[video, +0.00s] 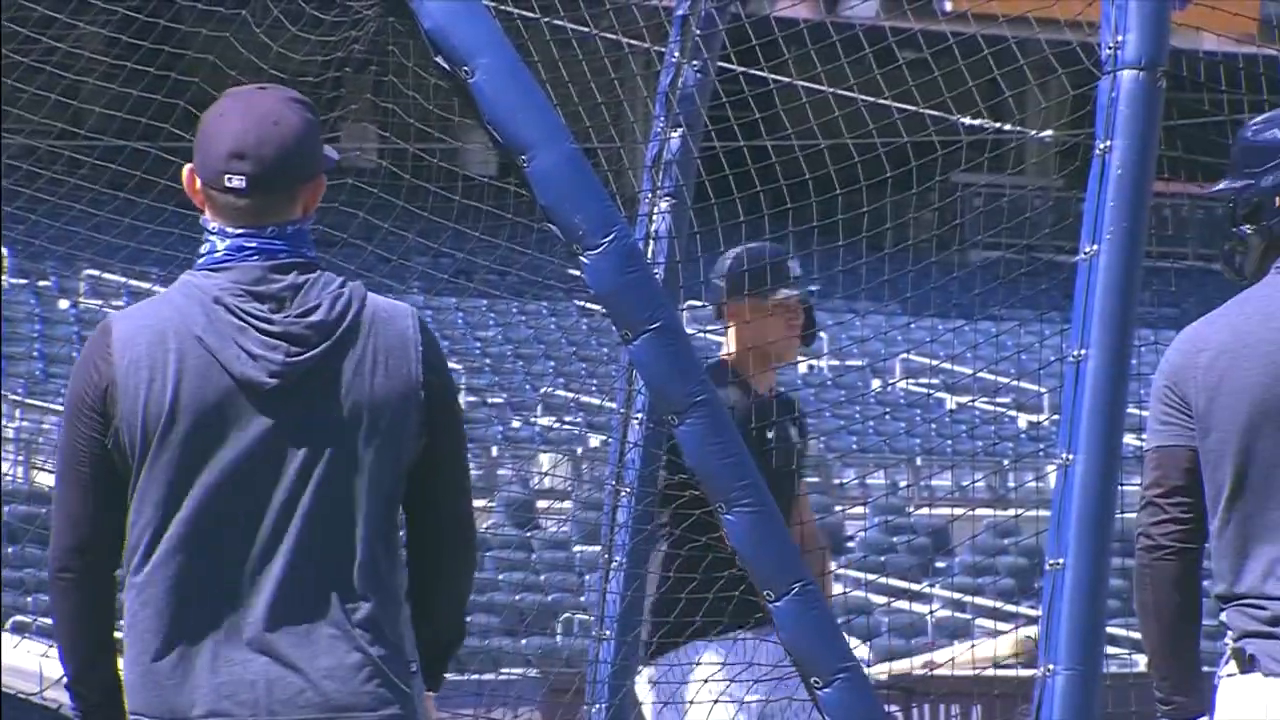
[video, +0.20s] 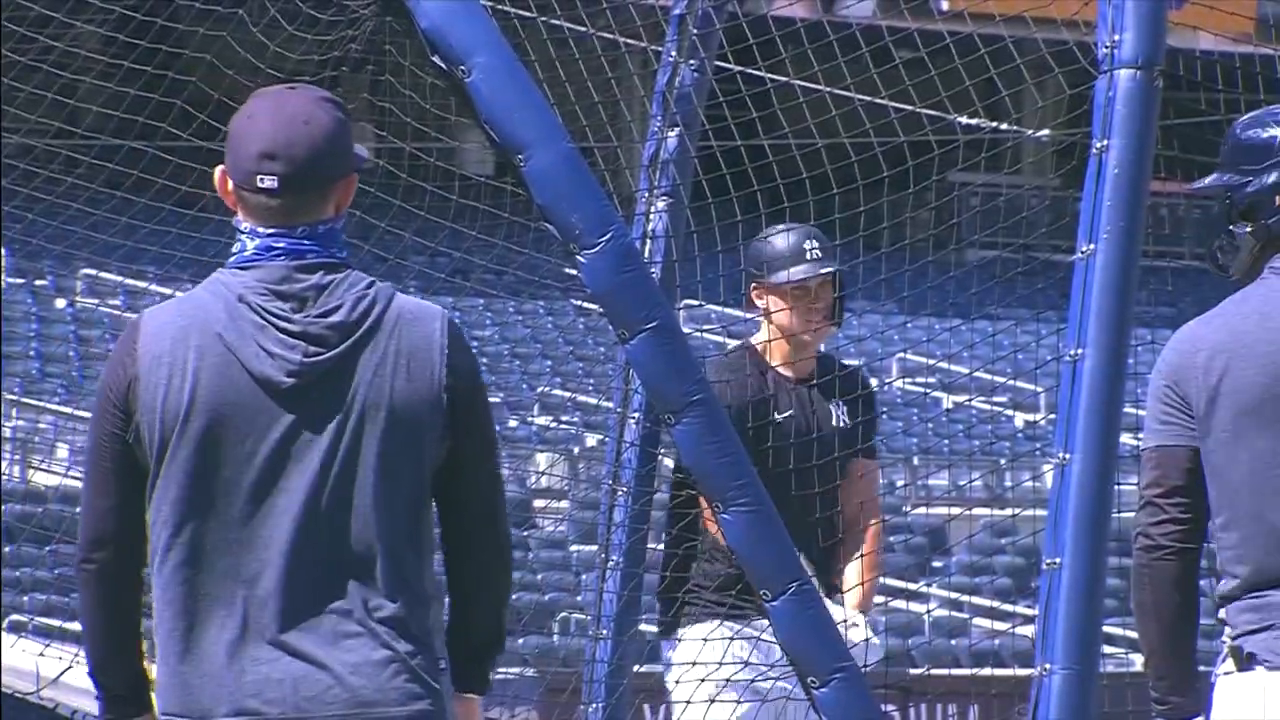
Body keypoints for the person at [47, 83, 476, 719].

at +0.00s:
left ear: (192, 188)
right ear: (315, 194)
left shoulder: (123, 346)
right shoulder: (401, 339)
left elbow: (77, 564)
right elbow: (448, 543)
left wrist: (101, 705)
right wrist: (417, 680)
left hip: (183, 698)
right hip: (362, 696)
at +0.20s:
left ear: (225, 189)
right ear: (346, 194)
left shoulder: (151, 342)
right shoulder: (429, 339)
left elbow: (104, 554)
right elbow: (482, 542)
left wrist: (126, 704)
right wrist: (469, 685)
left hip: (212, 697)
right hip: (389, 696)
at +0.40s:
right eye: (379, 153)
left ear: (249, 175)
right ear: (371, 175)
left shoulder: (175, 326)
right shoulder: (455, 320)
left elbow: (136, 531)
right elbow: (508, 522)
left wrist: (159, 690)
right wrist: (506, 681)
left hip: (233, 697)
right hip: (409, 695)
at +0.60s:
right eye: (379, 115)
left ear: (250, 135)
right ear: (371, 132)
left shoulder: (181, 287)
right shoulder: (456, 280)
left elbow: (151, 494)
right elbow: (520, 474)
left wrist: (189, 622)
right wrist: (525, 639)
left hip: (238, 683)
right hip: (411, 680)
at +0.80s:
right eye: (345, 116)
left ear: (214, 134)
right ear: (336, 131)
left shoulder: (146, 284)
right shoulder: (419, 278)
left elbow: (118, 490)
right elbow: (486, 470)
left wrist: (170, 611)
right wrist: (504, 632)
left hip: (207, 683)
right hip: (386, 681)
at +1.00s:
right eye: (286, 115)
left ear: (158, 145)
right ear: (280, 135)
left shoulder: (100, 295)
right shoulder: (371, 283)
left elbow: (69, 503)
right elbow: (430, 479)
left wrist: (99, 650)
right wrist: (428, 629)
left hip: (159, 683)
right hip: (339, 680)